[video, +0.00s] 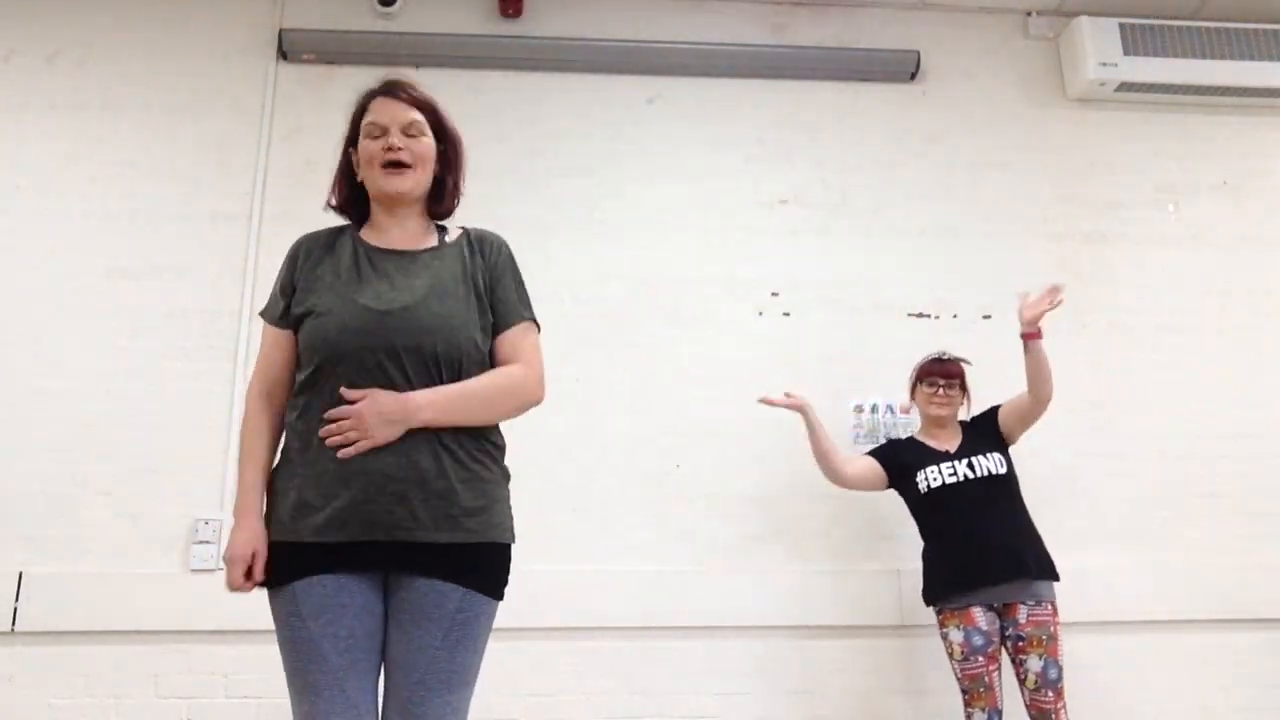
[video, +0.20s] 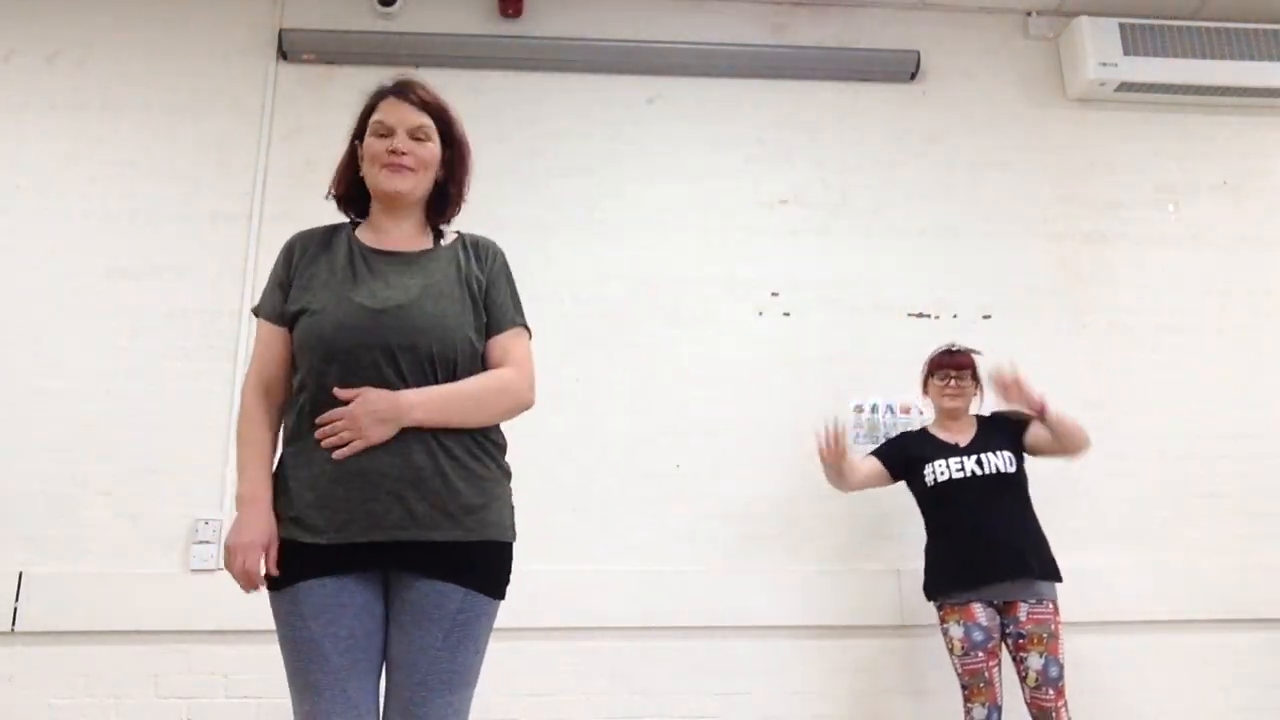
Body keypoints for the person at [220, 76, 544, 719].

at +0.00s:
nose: (394, 143)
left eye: (413, 132)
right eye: (376, 133)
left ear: (440, 156)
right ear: (355, 160)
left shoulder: (483, 255)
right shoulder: (311, 257)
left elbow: (526, 380)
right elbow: (267, 396)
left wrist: (409, 408)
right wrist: (248, 517)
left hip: (454, 536)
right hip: (317, 536)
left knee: (429, 714)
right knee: (331, 714)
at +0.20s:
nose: (399, 145)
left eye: (419, 135)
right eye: (382, 132)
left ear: (444, 160)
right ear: (359, 153)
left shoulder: (479, 261)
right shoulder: (306, 255)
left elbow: (517, 384)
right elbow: (264, 392)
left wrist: (402, 407)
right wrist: (253, 507)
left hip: (454, 537)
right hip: (320, 536)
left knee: (429, 714)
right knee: (331, 714)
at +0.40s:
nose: (402, 147)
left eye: (420, 135)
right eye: (383, 135)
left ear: (447, 158)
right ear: (359, 157)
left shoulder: (481, 264)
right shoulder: (309, 252)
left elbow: (516, 394)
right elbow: (257, 379)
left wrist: (417, 399)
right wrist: (252, 458)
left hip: (451, 536)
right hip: (314, 534)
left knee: (426, 714)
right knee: (327, 713)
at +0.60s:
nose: (404, 141)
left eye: (421, 130)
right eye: (384, 130)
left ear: (445, 156)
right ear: (358, 156)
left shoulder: (479, 265)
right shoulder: (304, 246)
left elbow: (515, 404)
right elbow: (251, 377)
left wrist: (465, 383)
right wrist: (302, 385)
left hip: (445, 533)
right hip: (307, 529)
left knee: (421, 714)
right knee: (322, 713)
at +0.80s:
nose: (402, 134)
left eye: (419, 124)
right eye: (381, 124)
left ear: (439, 150)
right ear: (351, 149)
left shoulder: (471, 262)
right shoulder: (295, 239)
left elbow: (502, 408)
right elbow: (234, 372)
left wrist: (468, 385)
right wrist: (311, 366)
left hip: (442, 522)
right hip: (304, 521)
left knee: (427, 713)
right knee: (319, 713)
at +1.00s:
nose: (409, 133)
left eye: (424, 122)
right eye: (387, 123)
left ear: (445, 148)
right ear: (357, 149)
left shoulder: (478, 258)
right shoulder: (302, 234)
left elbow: (509, 408)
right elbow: (242, 366)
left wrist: (497, 362)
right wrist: (289, 372)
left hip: (450, 520)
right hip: (310, 521)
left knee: (451, 713)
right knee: (324, 714)